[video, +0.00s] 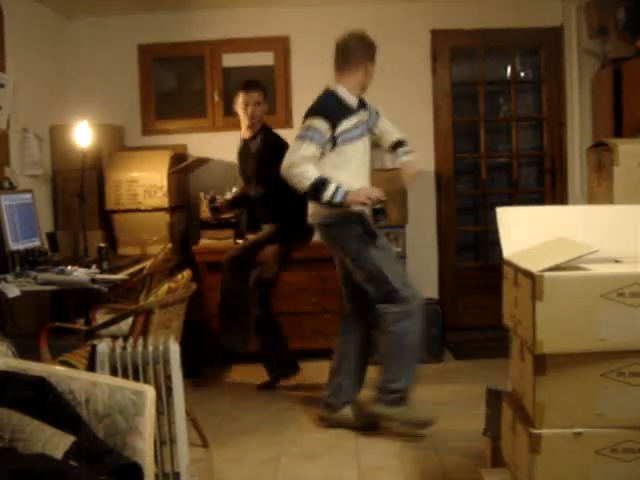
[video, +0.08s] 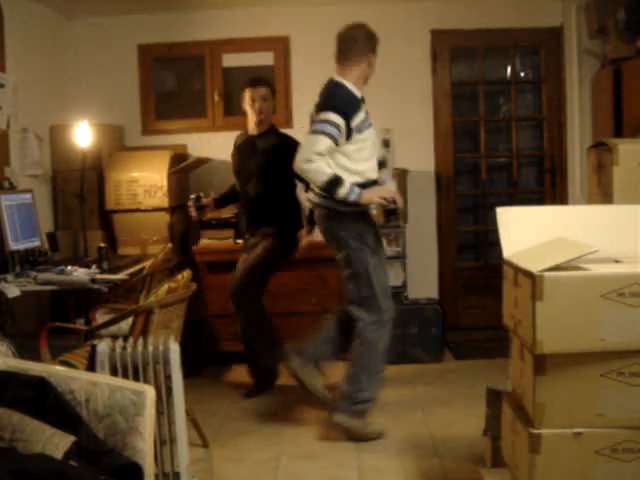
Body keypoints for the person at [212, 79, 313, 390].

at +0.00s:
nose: (250, 112)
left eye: (256, 104)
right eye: (244, 105)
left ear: (266, 108)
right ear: (236, 110)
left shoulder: (275, 146)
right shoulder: (245, 147)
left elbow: (284, 198)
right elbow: (251, 189)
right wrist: (229, 201)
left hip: (283, 228)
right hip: (259, 228)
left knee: (234, 261)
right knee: (257, 298)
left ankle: (232, 342)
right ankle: (281, 364)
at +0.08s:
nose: (258, 106)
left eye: (264, 100)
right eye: (252, 100)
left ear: (274, 104)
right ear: (244, 106)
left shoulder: (287, 145)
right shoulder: (242, 145)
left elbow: (312, 181)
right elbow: (242, 189)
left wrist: (312, 222)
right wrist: (213, 203)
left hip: (281, 231)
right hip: (253, 232)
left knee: (242, 290)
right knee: (245, 296)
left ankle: (268, 364)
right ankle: (262, 371)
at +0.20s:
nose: (268, 121)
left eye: (274, 115)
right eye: (262, 115)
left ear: (283, 119)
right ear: (253, 119)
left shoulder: (293, 161)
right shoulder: (241, 154)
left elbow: (306, 200)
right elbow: (227, 194)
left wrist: (337, 217)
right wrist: (196, 205)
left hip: (275, 249)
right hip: (241, 247)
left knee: (268, 327)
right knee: (230, 317)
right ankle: (259, 380)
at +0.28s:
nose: (272, 119)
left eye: (278, 113)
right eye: (266, 113)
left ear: (286, 118)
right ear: (256, 118)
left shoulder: (291, 160)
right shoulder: (238, 151)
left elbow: (307, 201)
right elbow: (219, 189)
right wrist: (189, 201)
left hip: (274, 246)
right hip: (240, 246)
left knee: (264, 322)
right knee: (234, 318)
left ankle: (311, 371)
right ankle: (259, 379)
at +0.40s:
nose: (272, 107)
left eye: (278, 101)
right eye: (267, 101)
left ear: (289, 105)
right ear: (259, 105)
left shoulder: (294, 143)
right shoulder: (240, 138)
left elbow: (300, 179)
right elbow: (215, 172)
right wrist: (177, 192)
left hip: (269, 229)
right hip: (235, 229)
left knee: (261, 296)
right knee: (240, 301)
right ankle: (258, 363)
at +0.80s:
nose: (267, 115)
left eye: (274, 108)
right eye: (263, 109)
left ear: (292, 112)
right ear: (260, 114)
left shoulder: (305, 149)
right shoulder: (253, 150)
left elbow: (317, 187)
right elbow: (222, 178)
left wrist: (309, 208)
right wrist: (182, 187)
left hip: (291, 234)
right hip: (256, 234)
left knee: (292, 301)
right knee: (248, 307)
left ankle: (283, 354)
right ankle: (230, 375)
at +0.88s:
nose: (267, 112)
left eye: (274, 105)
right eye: (263, 106)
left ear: (291, 107)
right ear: (260, 110)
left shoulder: (308, 142)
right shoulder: (256, 146)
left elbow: (324, 179)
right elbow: (225, 178)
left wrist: (314, 197)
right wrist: (187, 188)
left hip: (304, 229)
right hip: (270, 229)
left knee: (308, 300)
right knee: (266, 306)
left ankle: (314, 364)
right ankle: (241, 368)